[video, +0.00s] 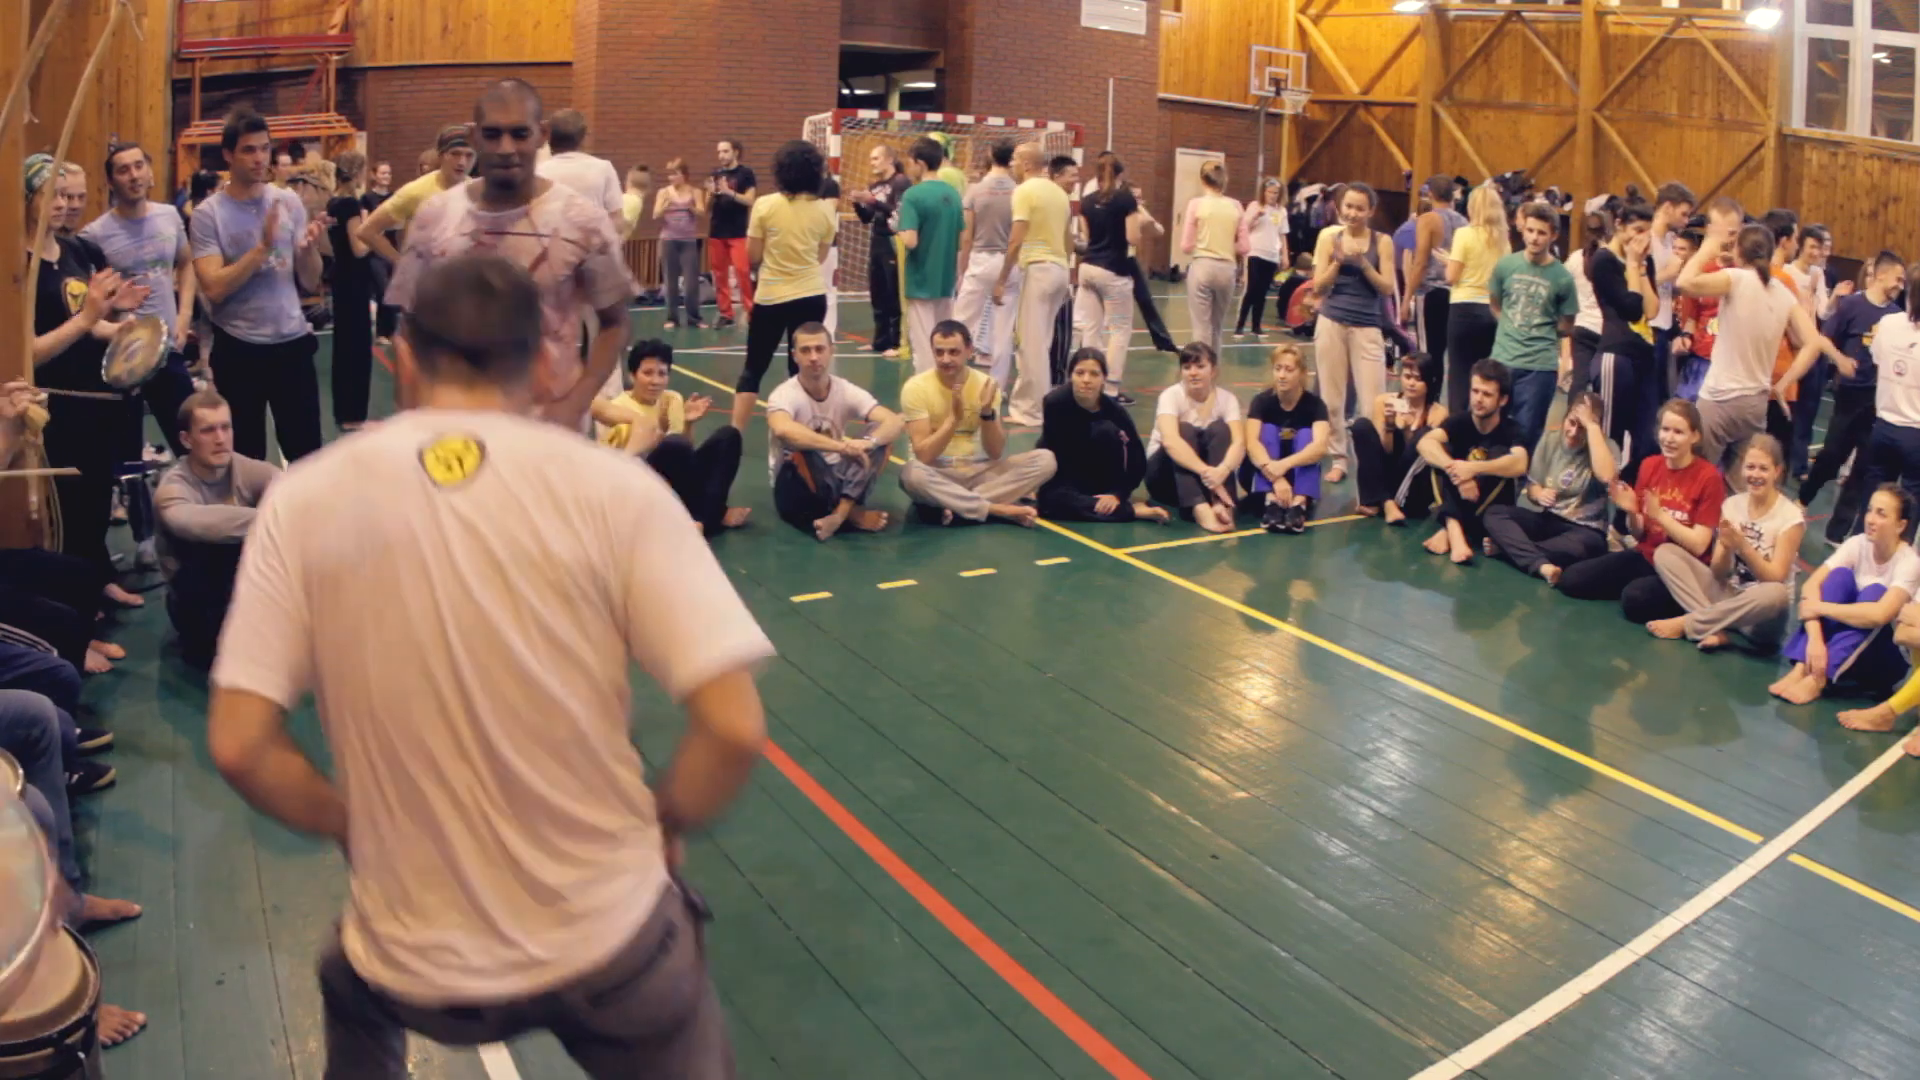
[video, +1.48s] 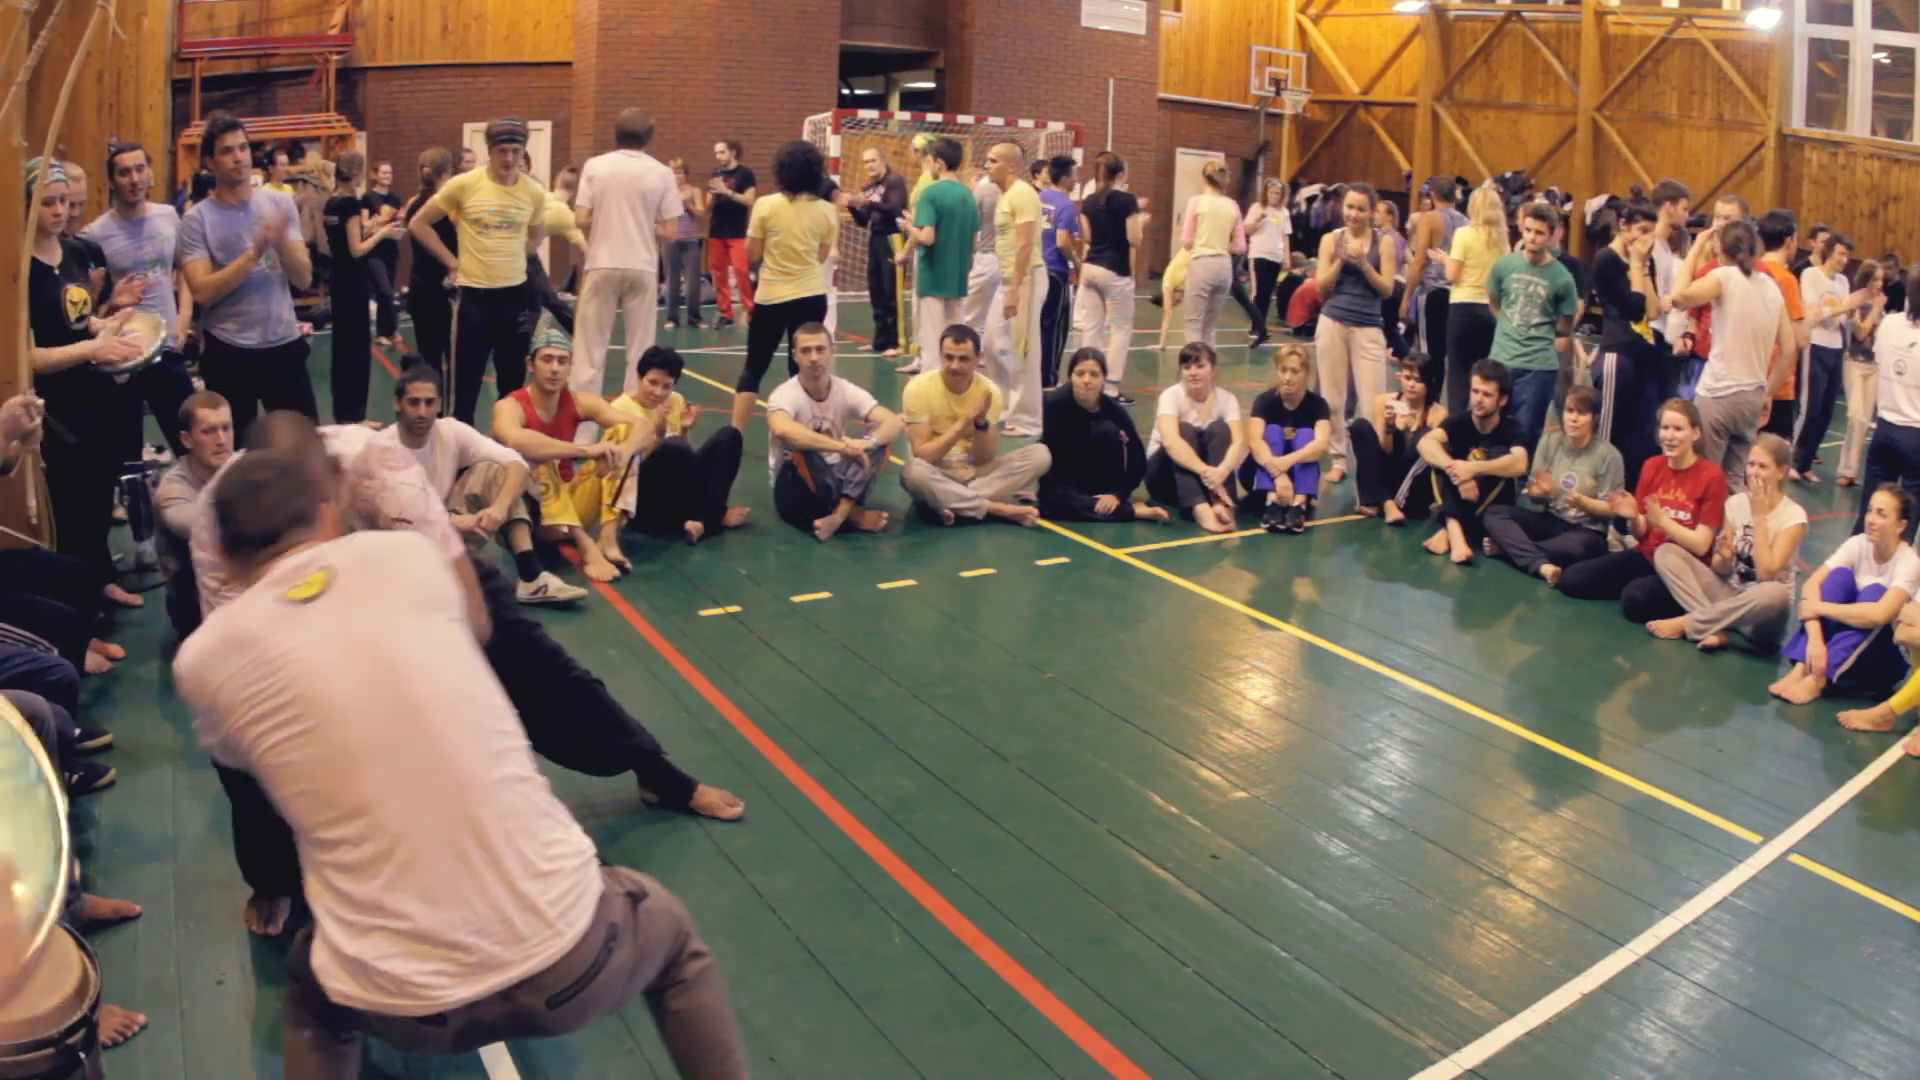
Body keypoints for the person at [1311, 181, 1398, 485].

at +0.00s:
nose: (1353, 213)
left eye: (1359, 208)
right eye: (1348, 207)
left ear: (1370, 211)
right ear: (1340, 207)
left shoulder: (1382, 241)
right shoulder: (1328, 236)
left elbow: (1388, 287)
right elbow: (1319, 285)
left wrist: (1365, 265)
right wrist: (1337, 261)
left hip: (1367, 324)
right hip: (1331, 321)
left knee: (1371, 395)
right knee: (1332, 395)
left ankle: (1372, 461)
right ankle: (1338, 456)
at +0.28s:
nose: (1354, 213)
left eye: (1361, 209)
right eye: (1350, 207)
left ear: (1371, 212)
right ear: (1342, 207)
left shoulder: (1382, 242)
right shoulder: (1331, 238)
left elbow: (1387, 288)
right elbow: (1321, 285)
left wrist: (1362, 263)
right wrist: (1344, 263)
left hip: (1367, 324)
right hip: (1331, 321)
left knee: (1370, 396)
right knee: (1333, 395)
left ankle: (1370, 462)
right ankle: (1338, 457)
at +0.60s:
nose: (1356, 213)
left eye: (1362, 208)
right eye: (1351, 207)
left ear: (1373, 212)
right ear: (1343, 207)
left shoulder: (1384, 242)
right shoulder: (1331, 240)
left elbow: (1386, 288)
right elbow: (1322, 286)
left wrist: (1362, 263)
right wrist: (1346, 265)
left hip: (1367, 325)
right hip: (1331, 322)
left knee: (1371, 396)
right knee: (1333, 395)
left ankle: (1370, 460)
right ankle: (1338, 457)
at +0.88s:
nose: (1355, 213)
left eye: (1362, 208)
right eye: (1351, 207)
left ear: (1372, 211)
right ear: (1343, 207)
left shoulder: (1384, 242)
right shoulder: (1331, 240)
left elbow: (1384, 287)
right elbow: (1324, 286)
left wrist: (1360, 262)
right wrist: (1344, 262)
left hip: (1367, 324)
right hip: (1331, 321)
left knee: (1371, 396)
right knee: (1333, 395)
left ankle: (1370, 461)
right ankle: (1338, 456)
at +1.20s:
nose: (1354, 213)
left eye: (1361, 208)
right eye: (1350, 207)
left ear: (1372, 212)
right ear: (1343, 208)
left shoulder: (1383, 241)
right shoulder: (1331, 240)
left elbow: (1384, 287)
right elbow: (1324, 285)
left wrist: (1360, 262)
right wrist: (1347, 263)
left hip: (1367, 324)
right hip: (1331, 321)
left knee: (1370, 396)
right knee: (1333, 394)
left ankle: (1370, 461)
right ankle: (1338, 456)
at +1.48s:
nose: (1354, 213)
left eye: (1360, 209)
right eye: (1349, 207)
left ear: (1372, 212)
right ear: (1343, 208)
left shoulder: (1383, 241)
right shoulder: (1331, 239)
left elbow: (1386, 288)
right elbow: (1321, 284)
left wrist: (1363, 264)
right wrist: (1340, 260)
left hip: (1368, 324)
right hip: (1332, 320)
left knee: (1371, 396)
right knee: (1333, 395)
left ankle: (1370, 461)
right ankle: (1338, 457)